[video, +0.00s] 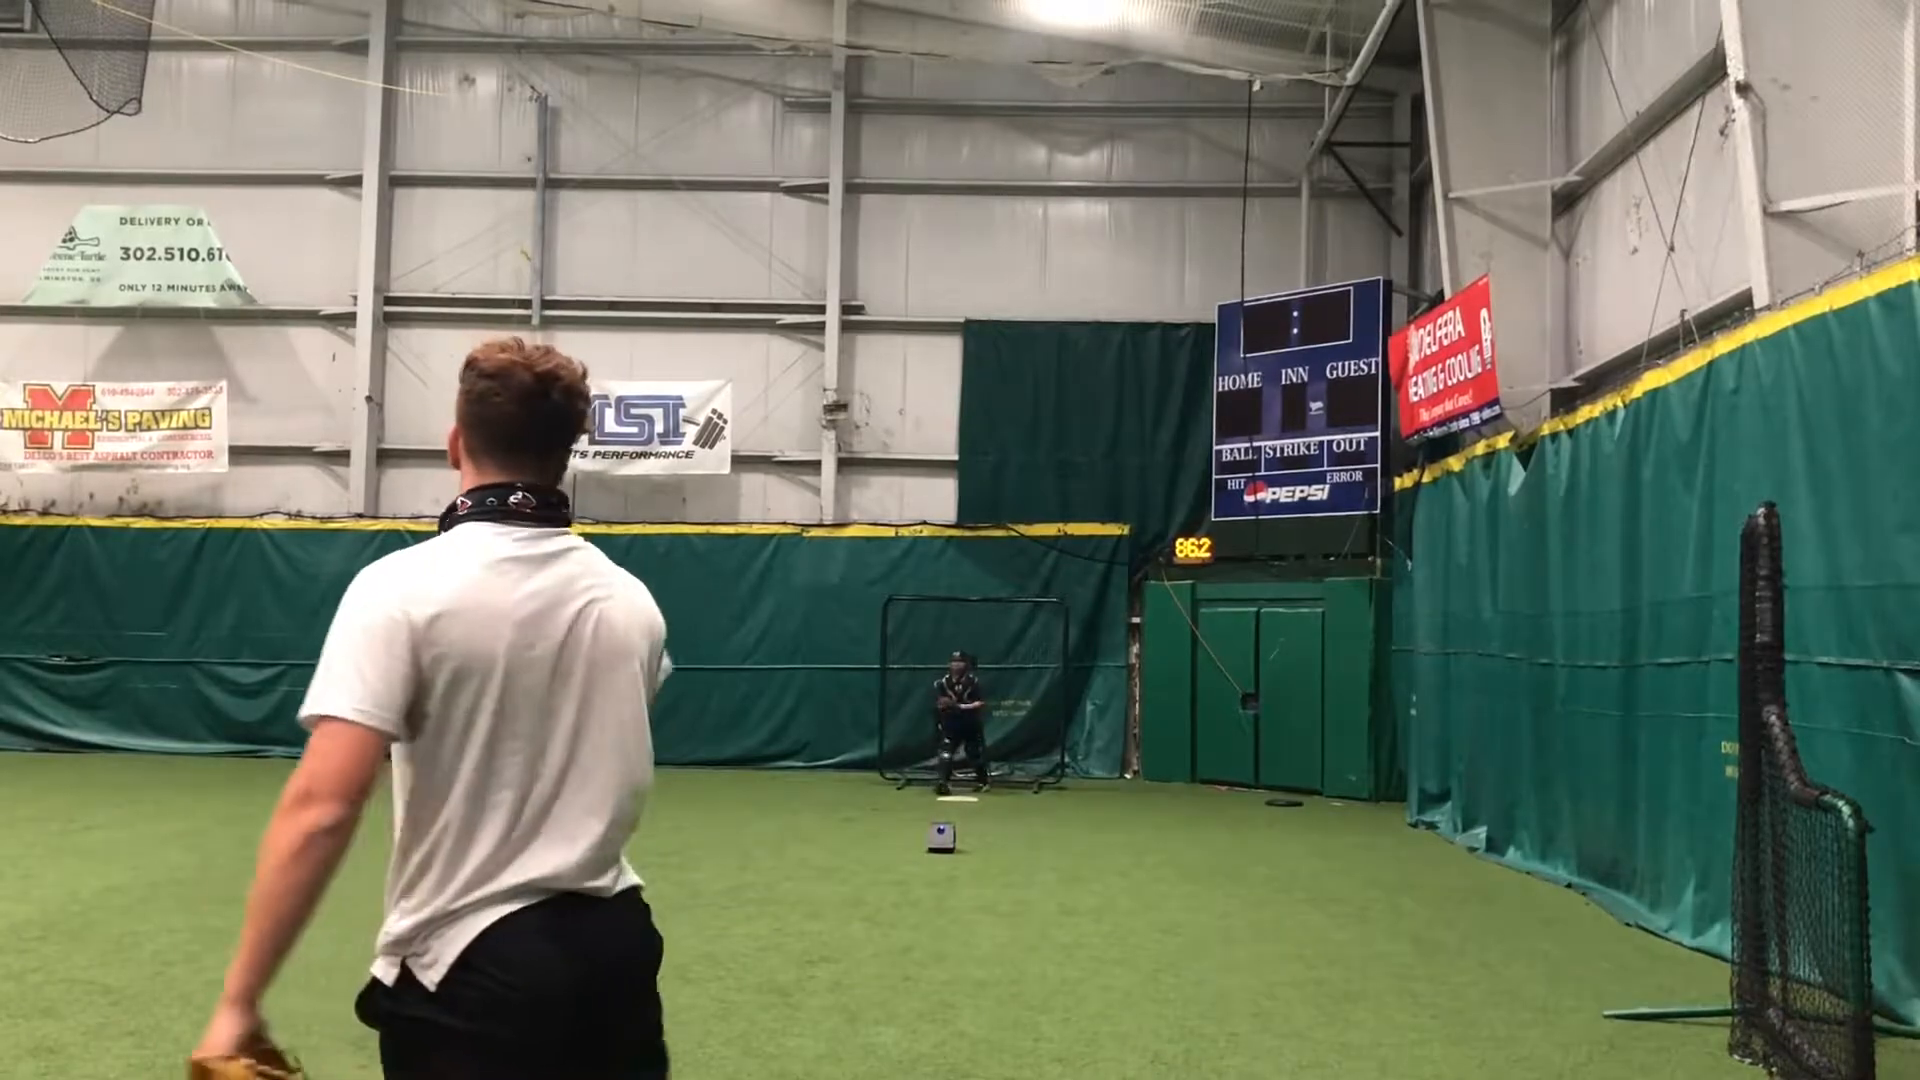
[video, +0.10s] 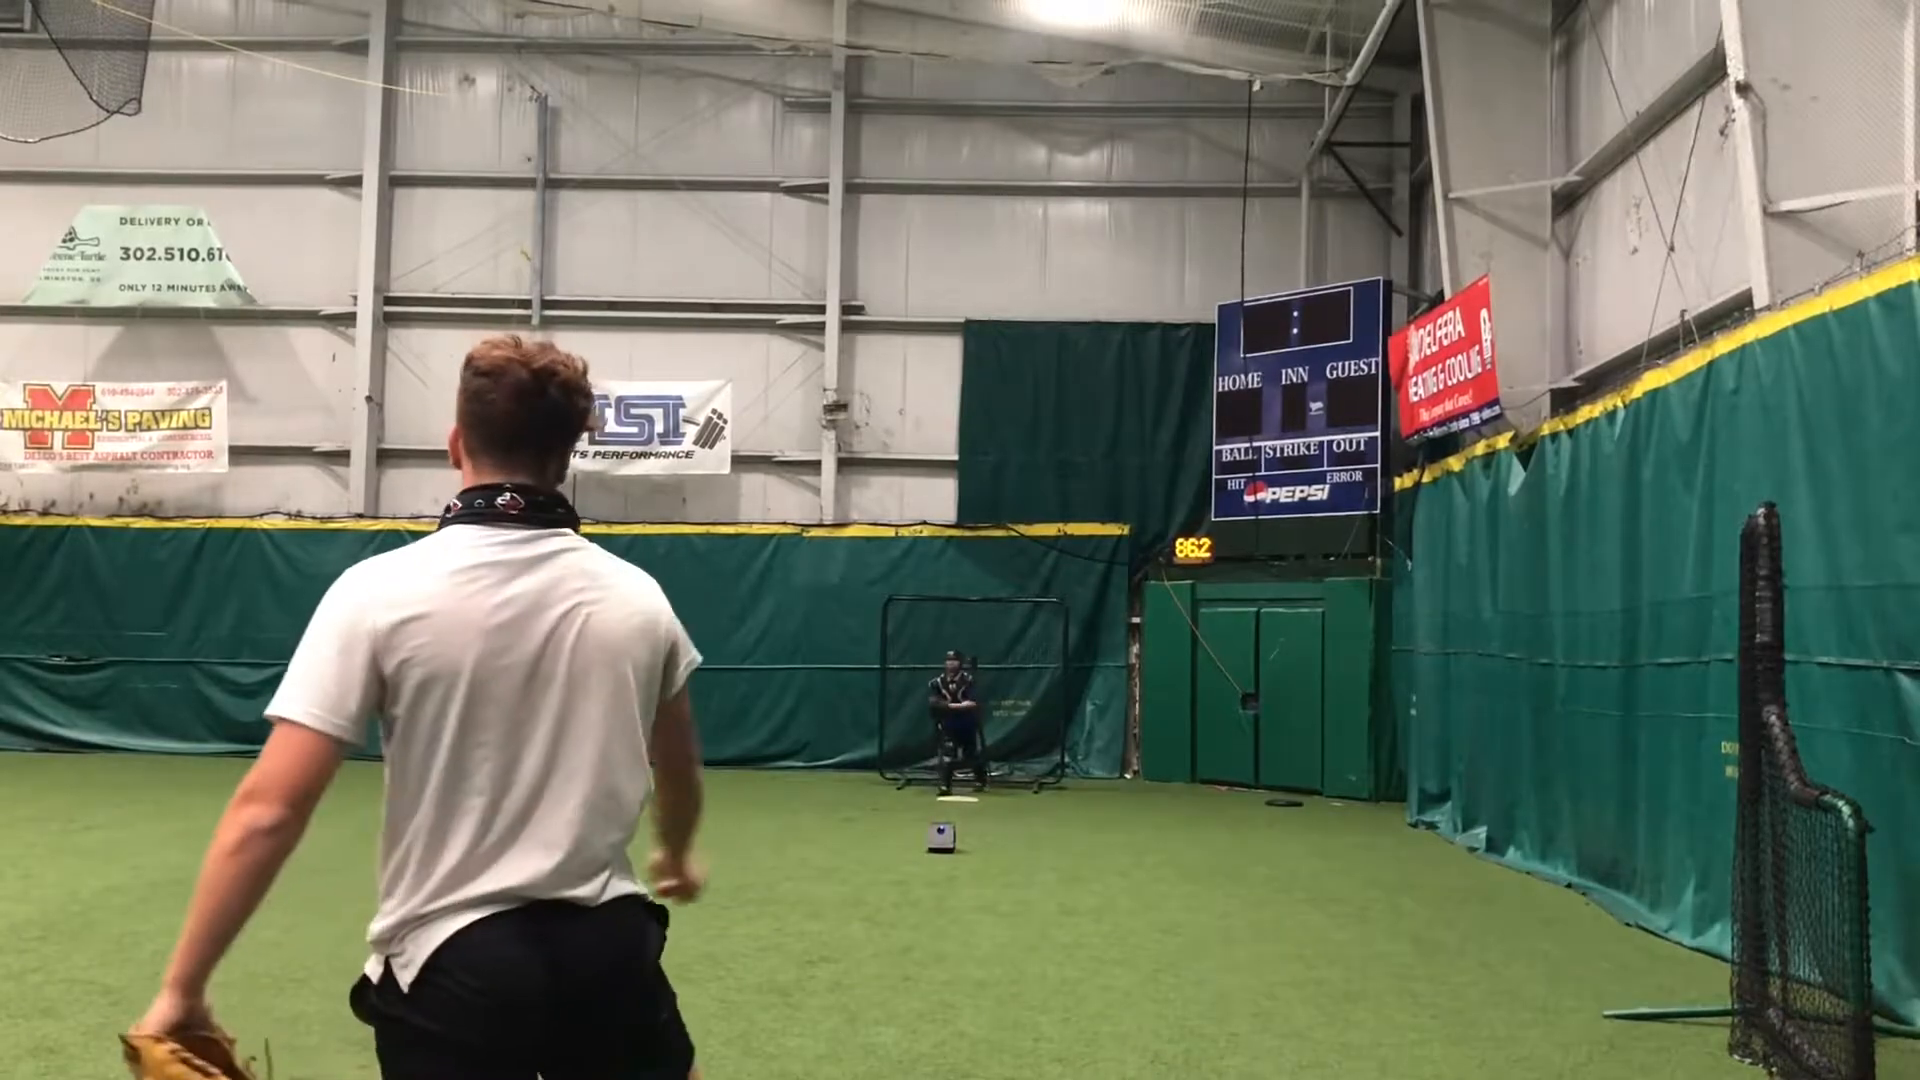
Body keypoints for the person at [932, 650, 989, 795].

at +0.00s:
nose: (956, 666)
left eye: (959, 662)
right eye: (953, 662)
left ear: (966, 665)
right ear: (950, 665)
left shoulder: (972, 683)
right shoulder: (942, 684)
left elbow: (980, 703)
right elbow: (939, 703)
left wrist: (958, 706)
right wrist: (945, 703)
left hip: (971, 725)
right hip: (951, 725)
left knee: (974, 753)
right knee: (945, 754)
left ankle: (983, 781)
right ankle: (943, 783)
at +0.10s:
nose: (951, 665)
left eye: (954, 661)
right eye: (949, 661)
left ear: (960, 664)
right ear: (945, 664)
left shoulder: (968, 681)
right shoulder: (937, 683)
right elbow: (934, 702)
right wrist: (959, 706)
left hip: (967, 722)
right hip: (947, 723)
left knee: (971, 752)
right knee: (947, 755)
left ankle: (981, 780)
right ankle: (945, 785)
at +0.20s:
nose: (947, 661)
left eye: (950, 658)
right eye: (945, 658)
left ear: (957, 660)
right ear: (942, 660)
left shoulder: (965, 677)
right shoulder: (935, 679)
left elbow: (967, 697)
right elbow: (932, 699)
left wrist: (949, 705)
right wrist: (939, 705)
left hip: (963, 720)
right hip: (944, 721)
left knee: (966, 751)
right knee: (945, 753)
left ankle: (973, 777)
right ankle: (945, 785)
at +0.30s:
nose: (944, 660)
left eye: (947, 656)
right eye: (941, 656)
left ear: (954, 658)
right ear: (938, 659)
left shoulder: (960, 675)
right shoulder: (934, 677)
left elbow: (961, 695)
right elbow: (934, 699)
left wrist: (944, 709)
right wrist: (920, 712)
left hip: (960, 718)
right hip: (942, 718)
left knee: (960, 750)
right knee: (943, 752)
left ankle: (965, 780)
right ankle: (944, 786)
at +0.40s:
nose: (942, 658)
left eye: (945, 655)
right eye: (940, 655)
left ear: (952, 657)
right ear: (937, 657)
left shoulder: (957, 674)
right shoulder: (936, 674)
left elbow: (960, 694)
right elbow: (933, 695)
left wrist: (950, 712)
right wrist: (913, 703)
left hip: (958, 716)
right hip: (942, 716)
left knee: (954, 748)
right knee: (942, 749)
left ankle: (958, 782)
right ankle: (945, 784)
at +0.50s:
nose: (939, 659)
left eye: (943, 656)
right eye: (937, 656)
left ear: (950, 658)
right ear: (936, 658)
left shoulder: (955, 676)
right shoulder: (942, 675)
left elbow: (960, 696)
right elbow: (934, 688)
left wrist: (959, 716)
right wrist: (913, 688)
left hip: (954, 719)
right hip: (944, 719)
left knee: (949, 751)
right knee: (943, 751)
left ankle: (953, 786)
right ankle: (946, 785)